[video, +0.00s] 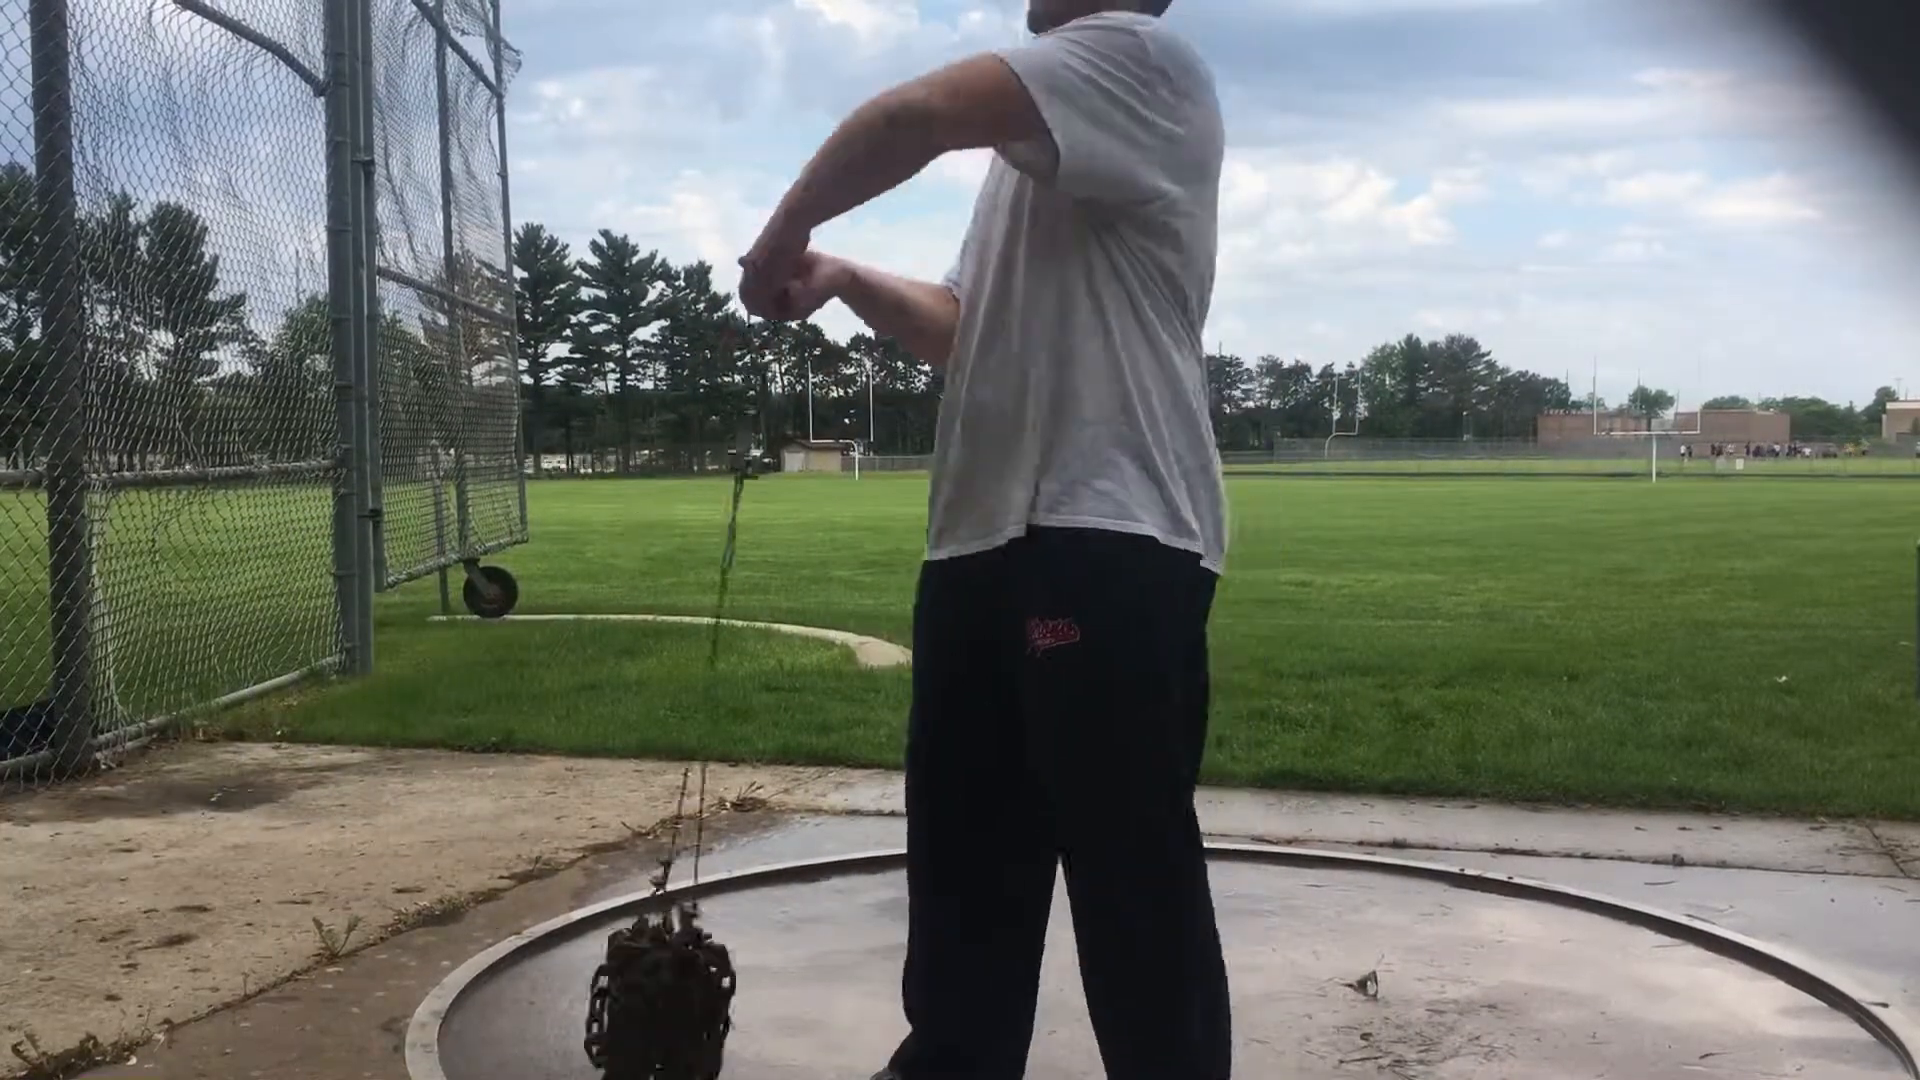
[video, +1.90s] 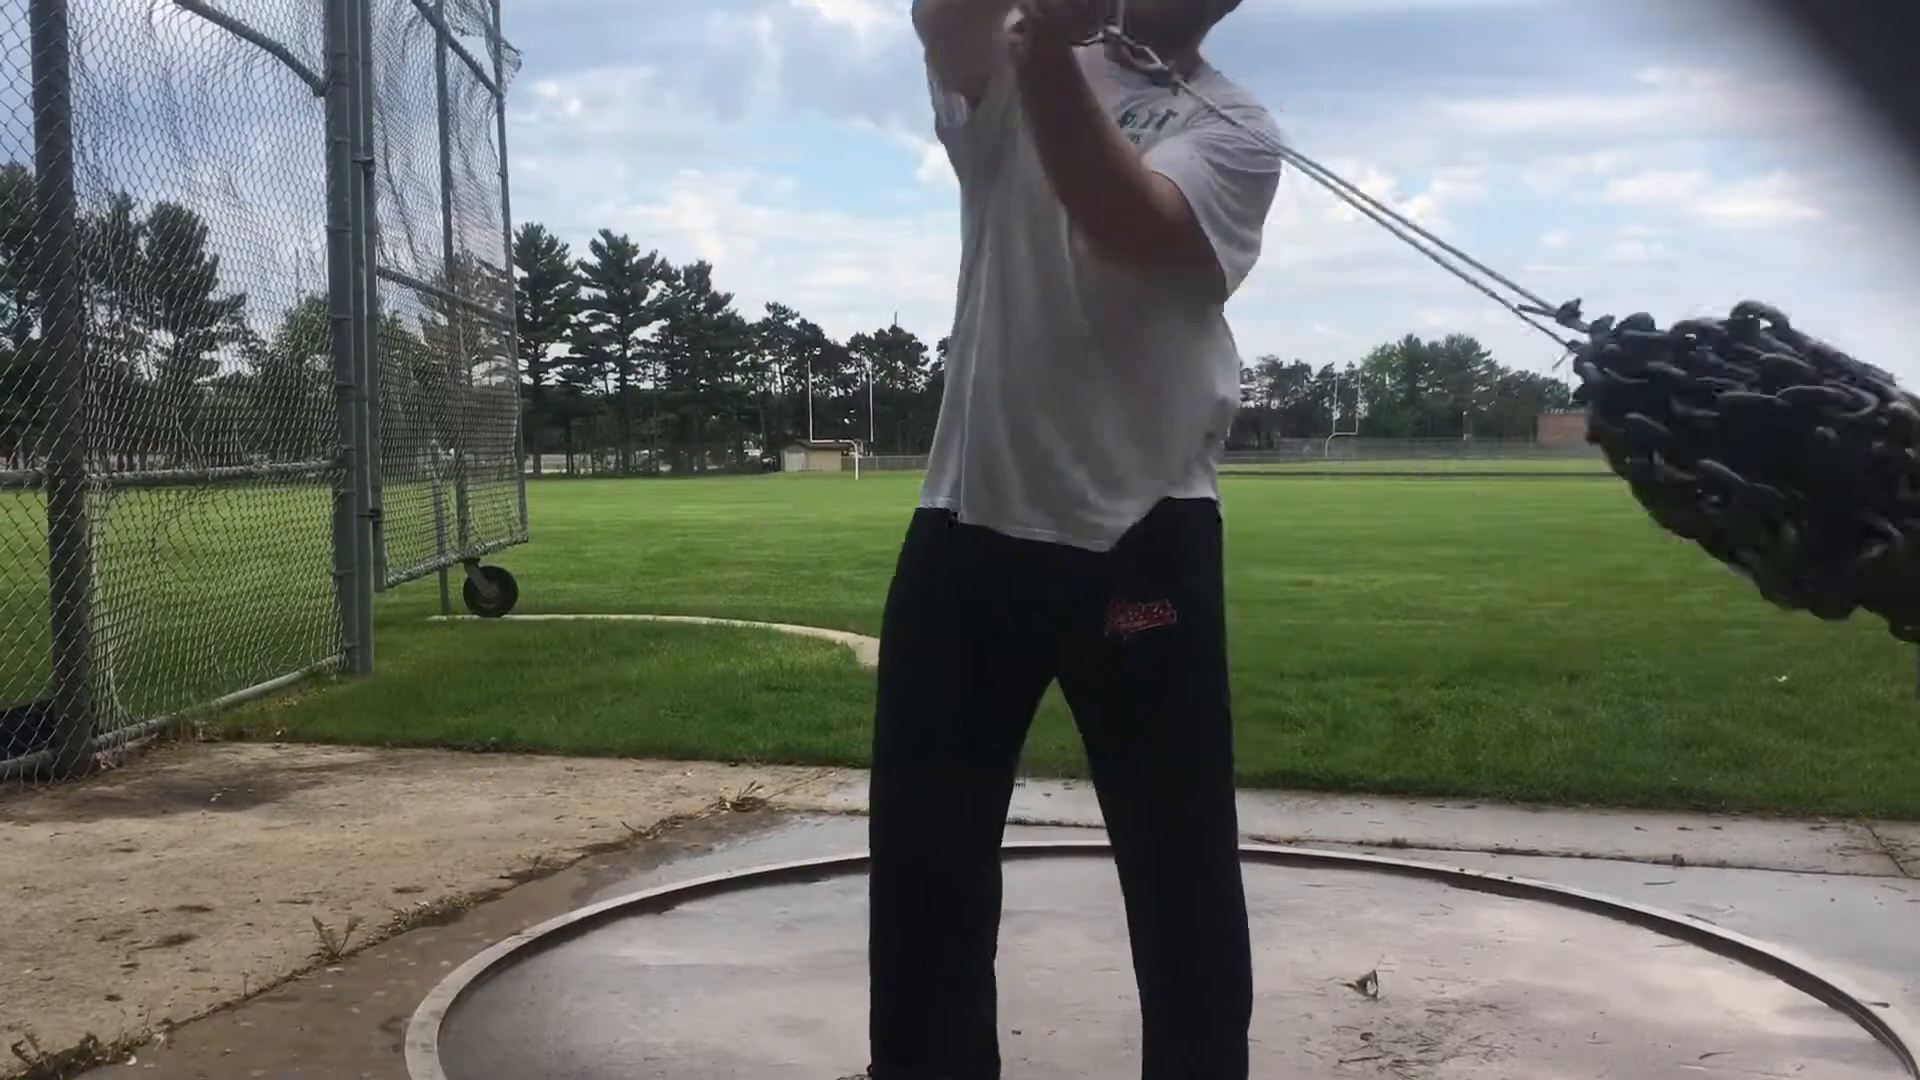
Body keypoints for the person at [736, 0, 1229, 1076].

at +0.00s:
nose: (1028, 3)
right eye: (1032, 6)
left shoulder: (1151, 60)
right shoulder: (1023, 146)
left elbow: (912, 115)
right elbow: (974, 337)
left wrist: (784, 232)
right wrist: (845, 275)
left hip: (1109, 519)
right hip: (976, 537)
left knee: (1129, 867)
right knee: (966, 858)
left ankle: (1169, 1067)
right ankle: (952, 1060)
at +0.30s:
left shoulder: (986, 42)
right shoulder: (1056, 94)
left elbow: (749, 180)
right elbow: (961, 323)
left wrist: (728, 277)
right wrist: (802, 296)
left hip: (987, 512)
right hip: (933, 514)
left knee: (1057, 849)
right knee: (920, 854)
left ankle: (1176, 1065)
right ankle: (925, 1064)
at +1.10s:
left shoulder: (1130, 81)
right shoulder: (985, 136)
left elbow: (913, 173)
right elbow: (883, 292)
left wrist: (705, 236)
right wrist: (753, 272)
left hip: (1094, 517)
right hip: (947, 537)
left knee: (1108, 868)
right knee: (920, 873)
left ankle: (1169, 1073)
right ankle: (921, 1070)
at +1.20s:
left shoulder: (1202, 93)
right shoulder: (1004, 111)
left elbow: (1048, 184)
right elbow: (916, 279)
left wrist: (817, 249)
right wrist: (832, 293)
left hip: (1138, 526)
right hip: (973, 533)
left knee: (1142, 891)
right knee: (930, 894)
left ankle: (1185, 1074)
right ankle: (918, 1072)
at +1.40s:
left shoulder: (1289, 106)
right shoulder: (1049, 98)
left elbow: (1208, 229)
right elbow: (968, 226)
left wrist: (996, 300)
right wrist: (939, 316)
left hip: (1201, 524)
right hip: (1027, 522)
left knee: (1189, 875)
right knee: (963, 864)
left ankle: (1197, 1070)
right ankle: (926, 1066)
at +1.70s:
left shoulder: (1305, 115)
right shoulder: (1072, 71)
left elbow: (1261, 227)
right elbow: (991, 127)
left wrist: (1088, 200)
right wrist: (994, 180)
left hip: (1196, 542)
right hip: (1014, 525)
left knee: (1203, 882)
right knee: (940, 849)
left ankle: (1204, 1069)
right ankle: (914, 1066)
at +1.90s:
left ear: (1209, 4)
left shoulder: (1239, 130)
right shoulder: (1007, 77)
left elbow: (1132, 228)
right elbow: (948, 15)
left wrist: (1052, 69)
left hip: (1147, 535)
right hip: (970, 525)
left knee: (1183, 894)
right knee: (925, 889)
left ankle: (1201, 1068)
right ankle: (926, 1068)